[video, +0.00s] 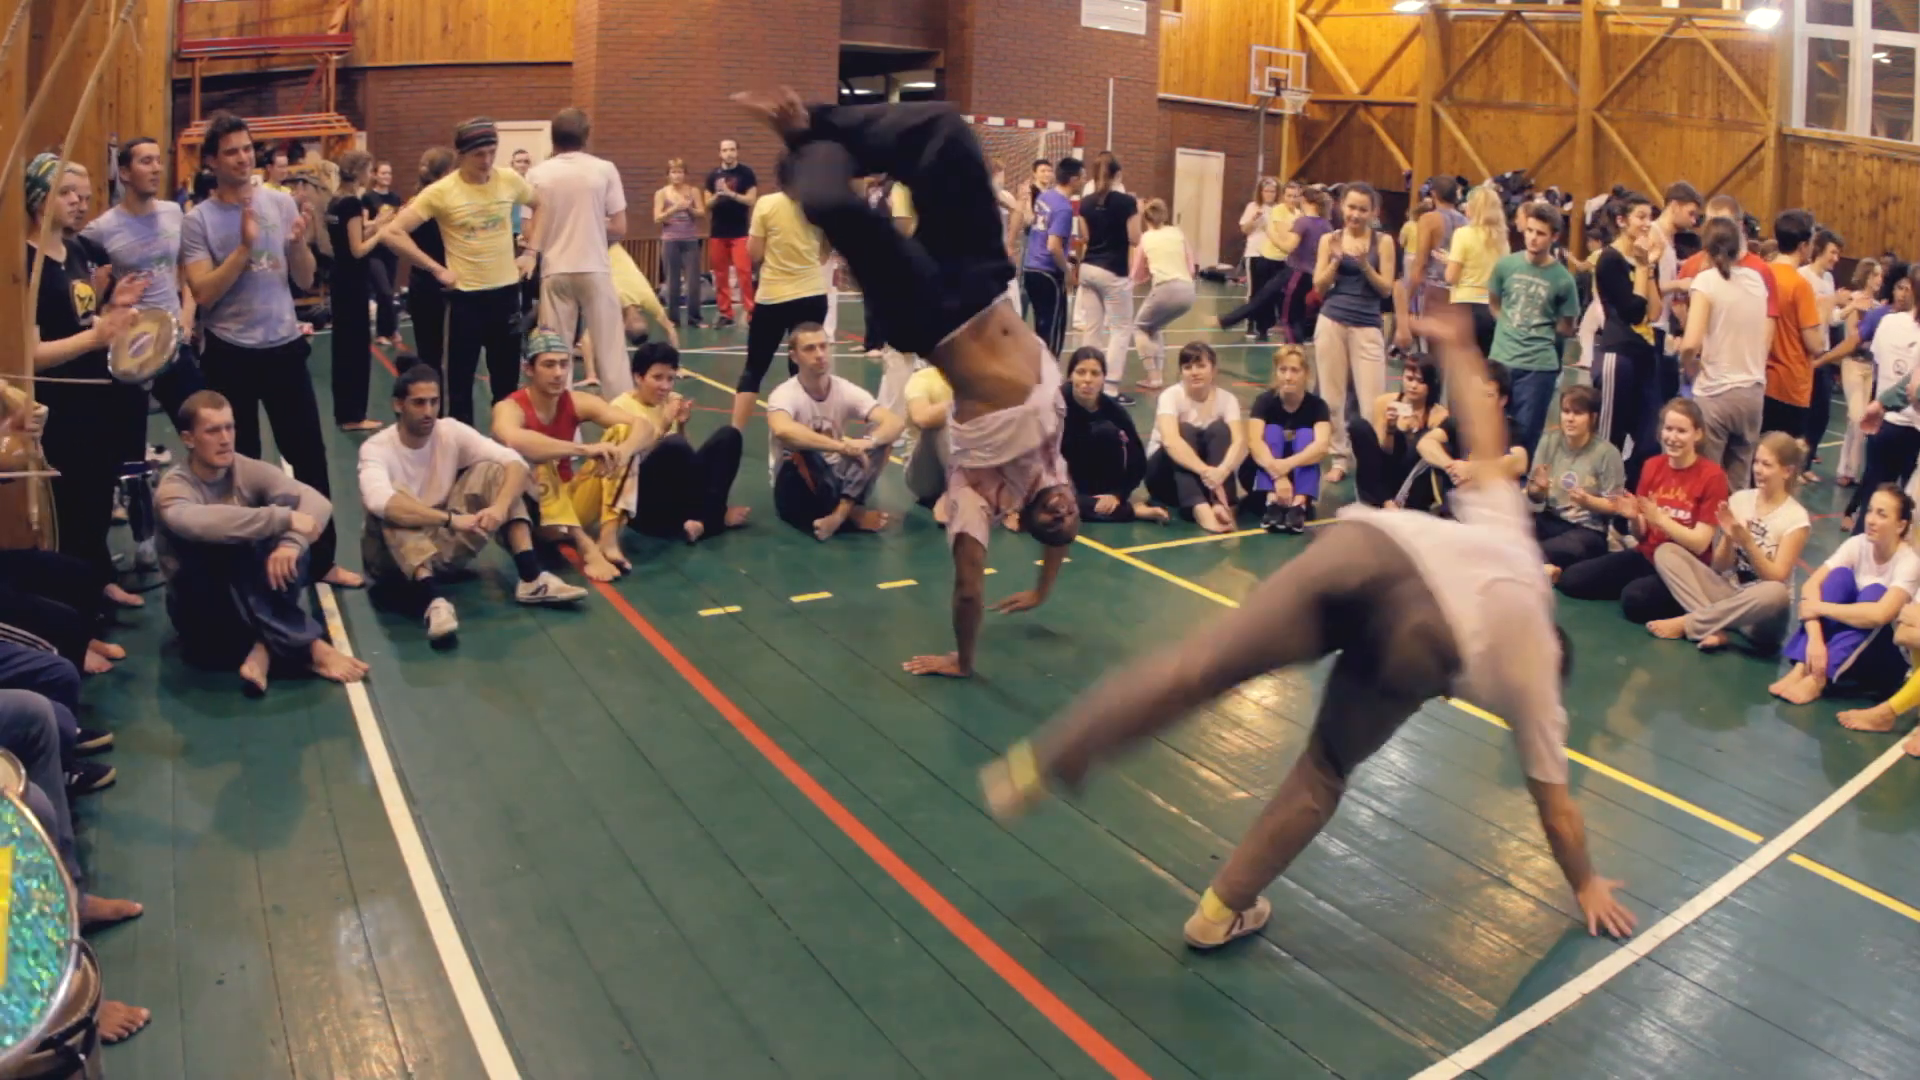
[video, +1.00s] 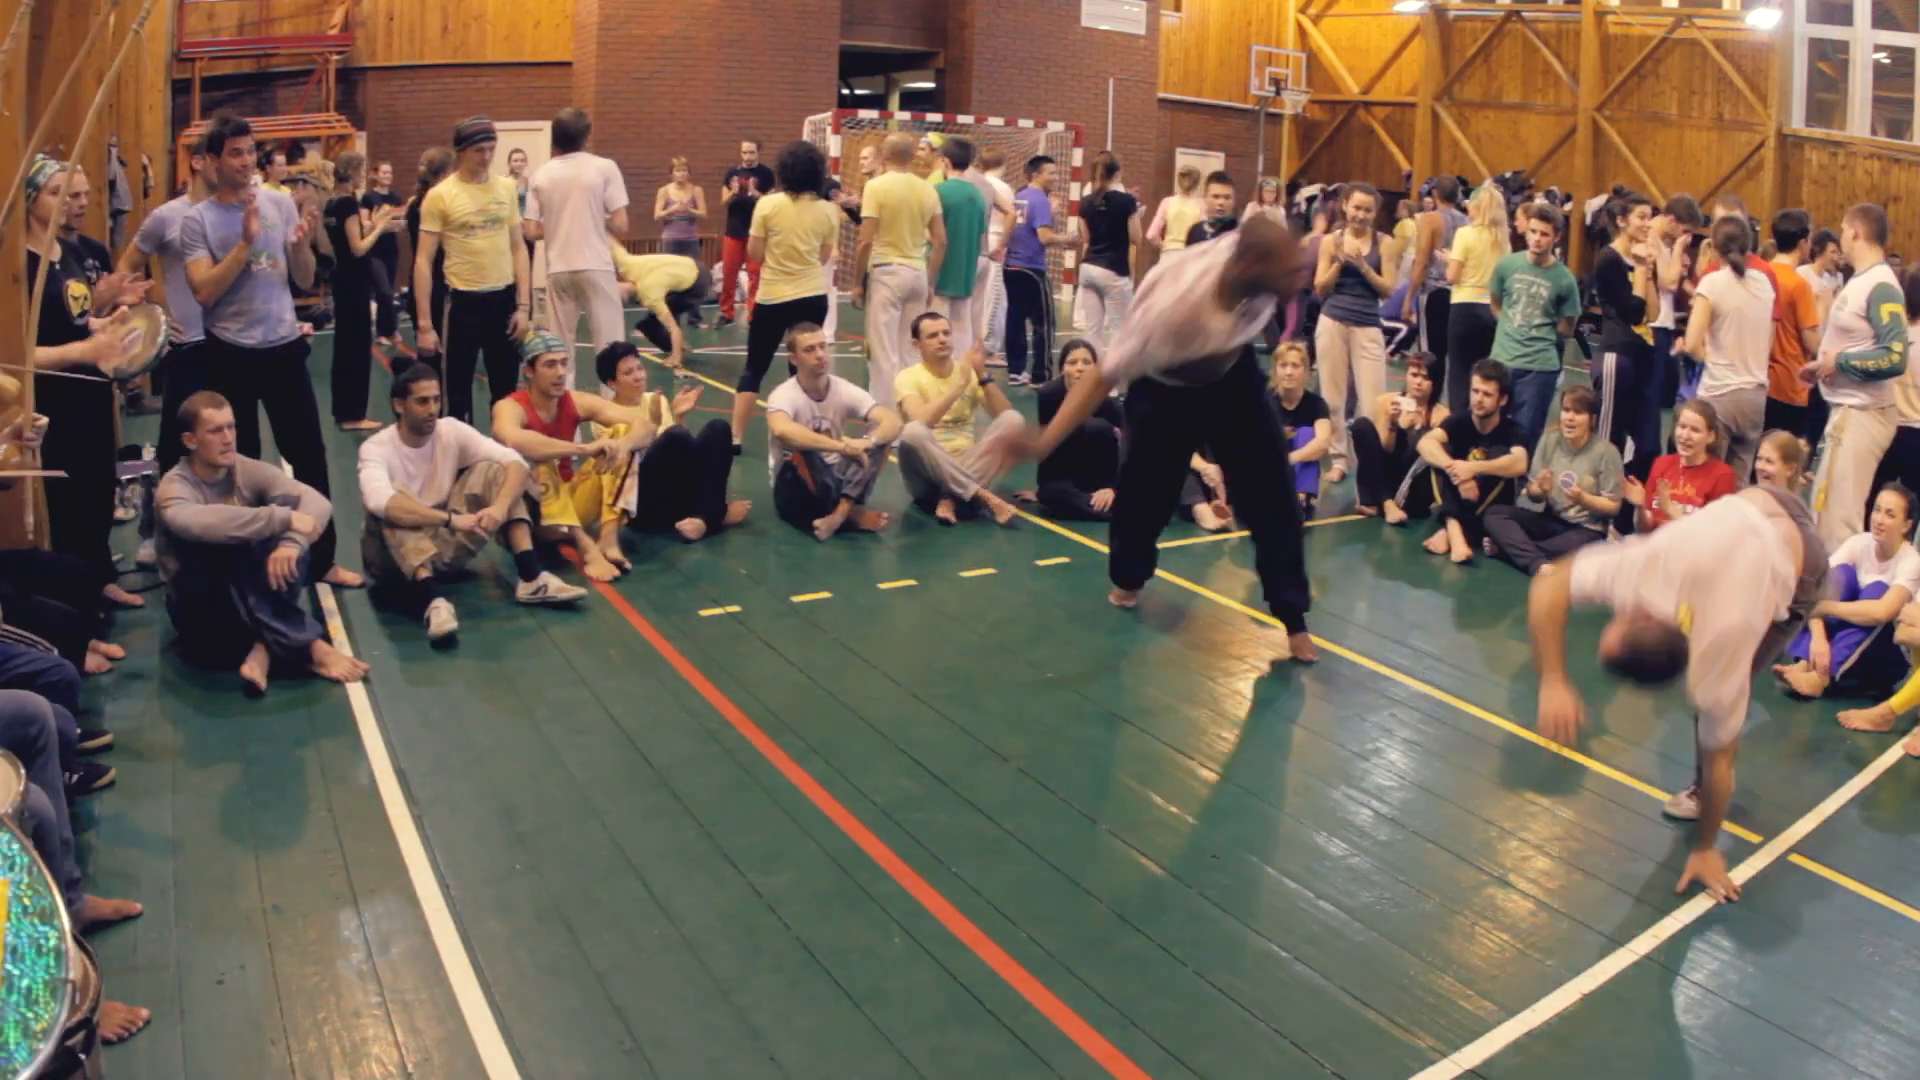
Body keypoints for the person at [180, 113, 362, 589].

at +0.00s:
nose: (243, 158)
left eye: (247, 149)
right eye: (232, 152)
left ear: (255, 153)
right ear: (211, 161)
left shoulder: (279, 202)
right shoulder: (197, 219)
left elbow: (305, 282)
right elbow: (203, 293)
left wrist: (298, 243)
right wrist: (245, 248)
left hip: (283, 346)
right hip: (228, 350)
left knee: (310, 457)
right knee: (240, 461)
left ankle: (322, 564)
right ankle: (250, 567)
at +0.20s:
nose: (244, 159)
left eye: (248, 150)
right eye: (233, 153)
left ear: (255, 154)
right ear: (212, 160)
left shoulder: (277, 202)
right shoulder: (198, 219)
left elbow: (304, 280)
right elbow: (204, 292)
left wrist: (287, 236)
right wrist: (254, 250)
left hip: (283, 346)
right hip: (229, 350)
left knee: (309, 455)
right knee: (241, 459)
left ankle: (323, 564)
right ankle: (251, 566)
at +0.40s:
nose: (247, 159)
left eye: (251, 150)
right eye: (237, 152)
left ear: (257, 153)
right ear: (213, 160)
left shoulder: (279, 203)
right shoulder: (197, 216)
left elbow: (303, 278)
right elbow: (206, 290)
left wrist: (282, 239)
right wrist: (260, 257)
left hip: (283, 345)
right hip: (229, 350)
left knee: (309, 456)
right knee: (241, 459)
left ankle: (322, 564)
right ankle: (250, 565)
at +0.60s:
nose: (248, 161)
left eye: (252, 152)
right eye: (237, 154)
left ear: (258, 154)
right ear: (215, 160)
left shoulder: (276, 202)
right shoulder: (198, 219)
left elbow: (304, 281)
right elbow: (204, 291)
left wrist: (293, 239)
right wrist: (248, 246)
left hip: (283, 346)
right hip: (229, 351)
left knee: (309, 457)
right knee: (241, 461)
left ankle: (322, 564)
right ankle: (249, 567)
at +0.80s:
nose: (247, 161)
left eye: (251, 152)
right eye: (237, 154)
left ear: (256, 155)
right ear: (213, 159)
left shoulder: (275, 204)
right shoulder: (196, 220)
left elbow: (304, 279)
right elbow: (205, 289)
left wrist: (285, 238)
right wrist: (258, 251)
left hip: (283, 347)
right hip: (229, 352)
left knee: (309, 456)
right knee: (240, 461)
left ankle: (322, 564)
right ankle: (250, 567)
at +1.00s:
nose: (247, 161)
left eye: (251, 152)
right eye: (236, 154)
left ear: (257, 155)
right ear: (213, 160)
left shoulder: (278, 202)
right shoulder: (196, 220)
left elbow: (306, 282)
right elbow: (203, 291)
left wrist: (300, 244)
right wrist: (246, 243)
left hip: (284, 346)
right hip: (229, 351)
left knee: (309, 456)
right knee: (241, 460)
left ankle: (322, 563)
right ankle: (250, 566)